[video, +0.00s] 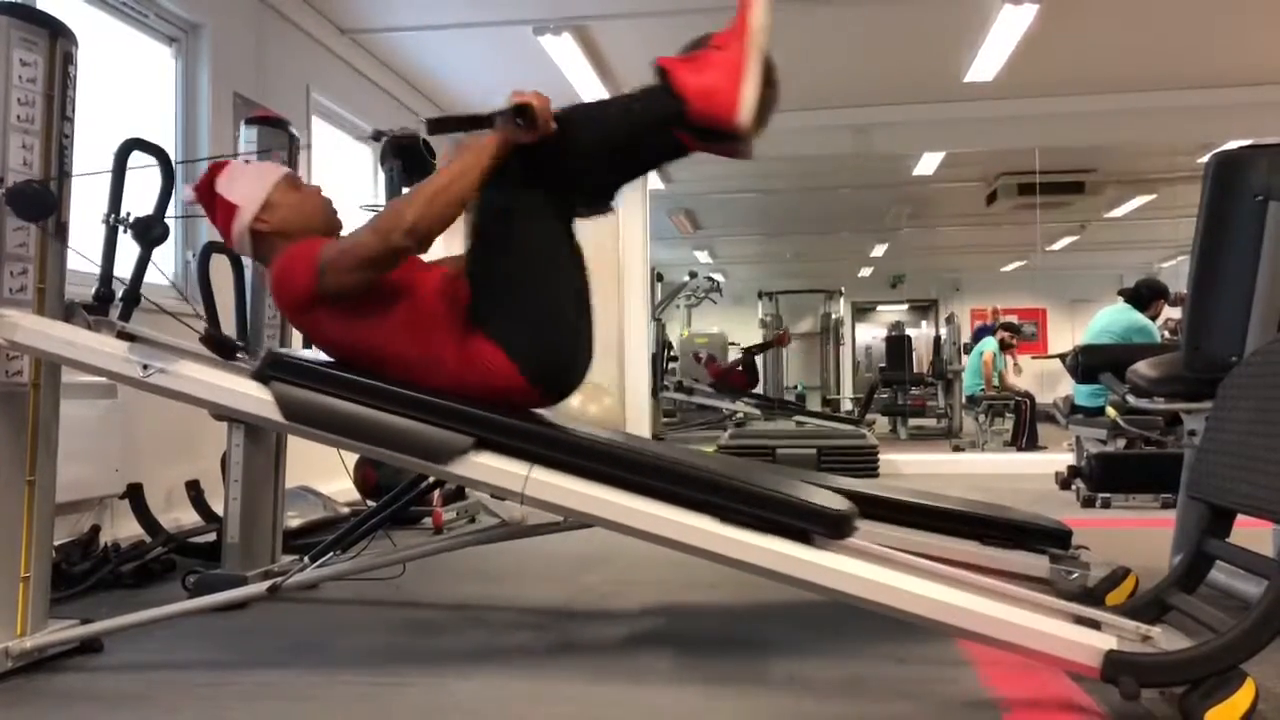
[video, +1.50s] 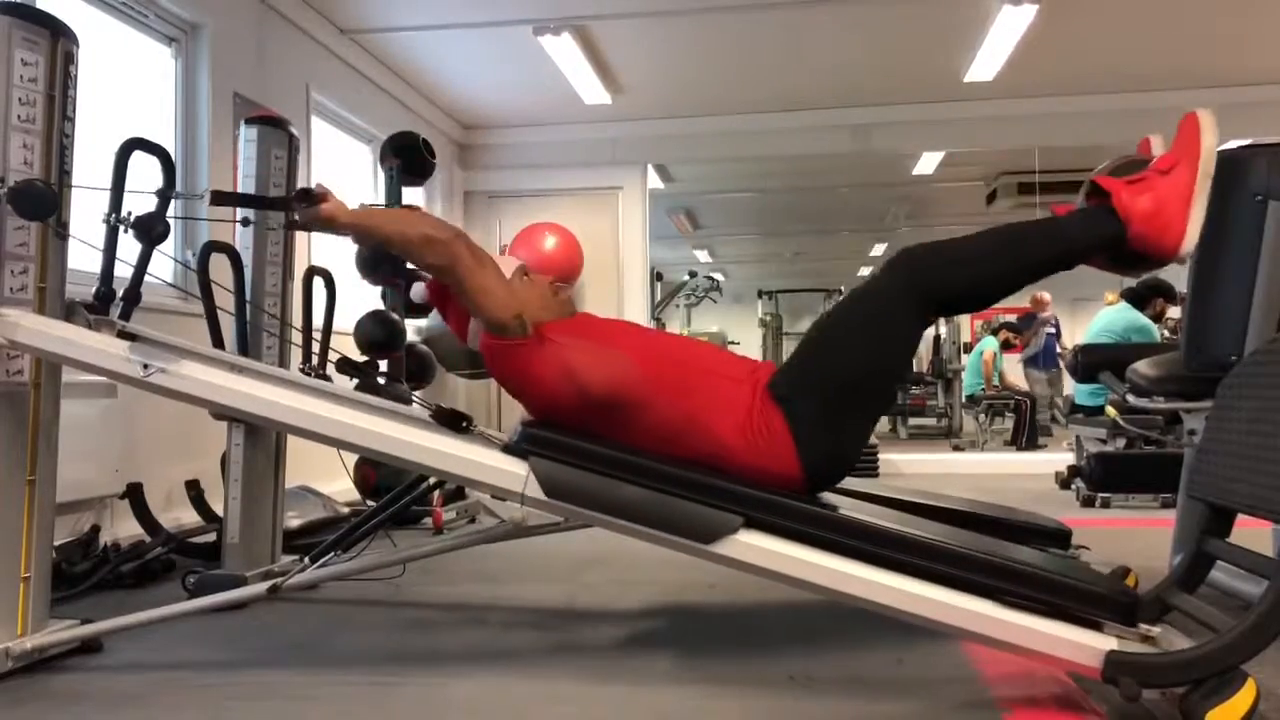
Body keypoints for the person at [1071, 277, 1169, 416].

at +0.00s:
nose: (1162, 310)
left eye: (1163, 307)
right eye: (1163, 306)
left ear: (1135, 295)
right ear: (1158, 305)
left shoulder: (1107, 312)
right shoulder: (1143, 325)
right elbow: (1157, 369)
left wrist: (1159, 330)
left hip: (1081, 398)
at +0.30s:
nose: (1162, 309)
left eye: (1164, 305)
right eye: (1163, 304)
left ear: (1135, 294)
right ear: (1159, 304)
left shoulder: (1107, 311)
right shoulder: (1143, 324)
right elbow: (1157, 368)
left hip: (1081, 398)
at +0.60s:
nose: (1164, 310)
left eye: (1165, 305)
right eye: (1165, 305)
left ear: (1136, 295)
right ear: (1160, 304)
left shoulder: (1108, 311)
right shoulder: (1144, 325)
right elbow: (1158, 369)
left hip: (1081, 398)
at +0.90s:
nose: (1165, 312)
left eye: (1168, 307)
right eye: (1167, 307)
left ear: (1140, 296)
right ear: (1159, 304)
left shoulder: (1108, 311)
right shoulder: (1144, 324)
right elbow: (1157, 368)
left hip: (1082, 395)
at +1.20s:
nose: (1166, 313)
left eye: (1169, 308)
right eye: (1167, 307)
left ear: (1140, 297)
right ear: (1159, 304)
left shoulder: (1107, 312)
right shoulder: (1143, 325)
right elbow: (1157, 368)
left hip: (1082, 396)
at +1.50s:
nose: (1166, 311)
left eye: (1169, 306)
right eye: (1167, 305)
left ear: (1138, 296)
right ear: (1158, 303)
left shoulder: (1108, 311)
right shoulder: (1143, 325)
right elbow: (1155, 370)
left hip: (1082, 396)